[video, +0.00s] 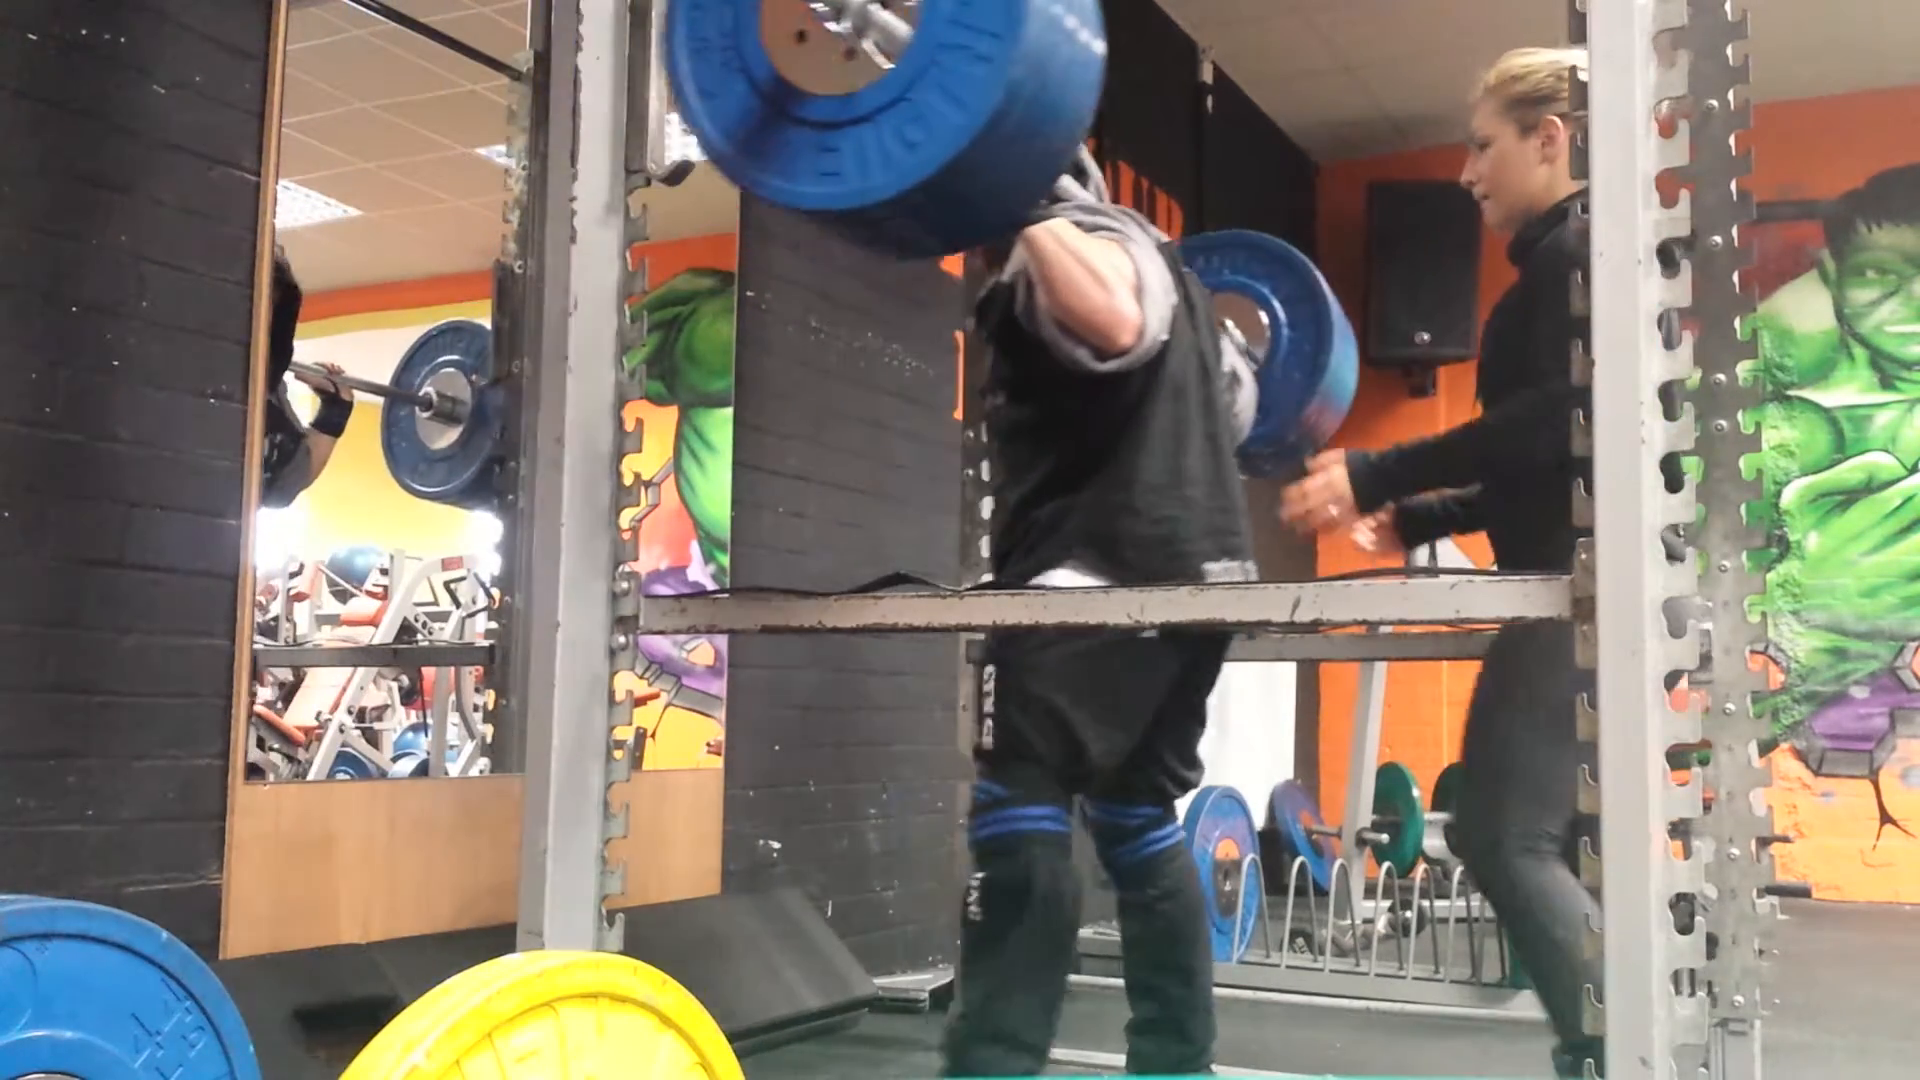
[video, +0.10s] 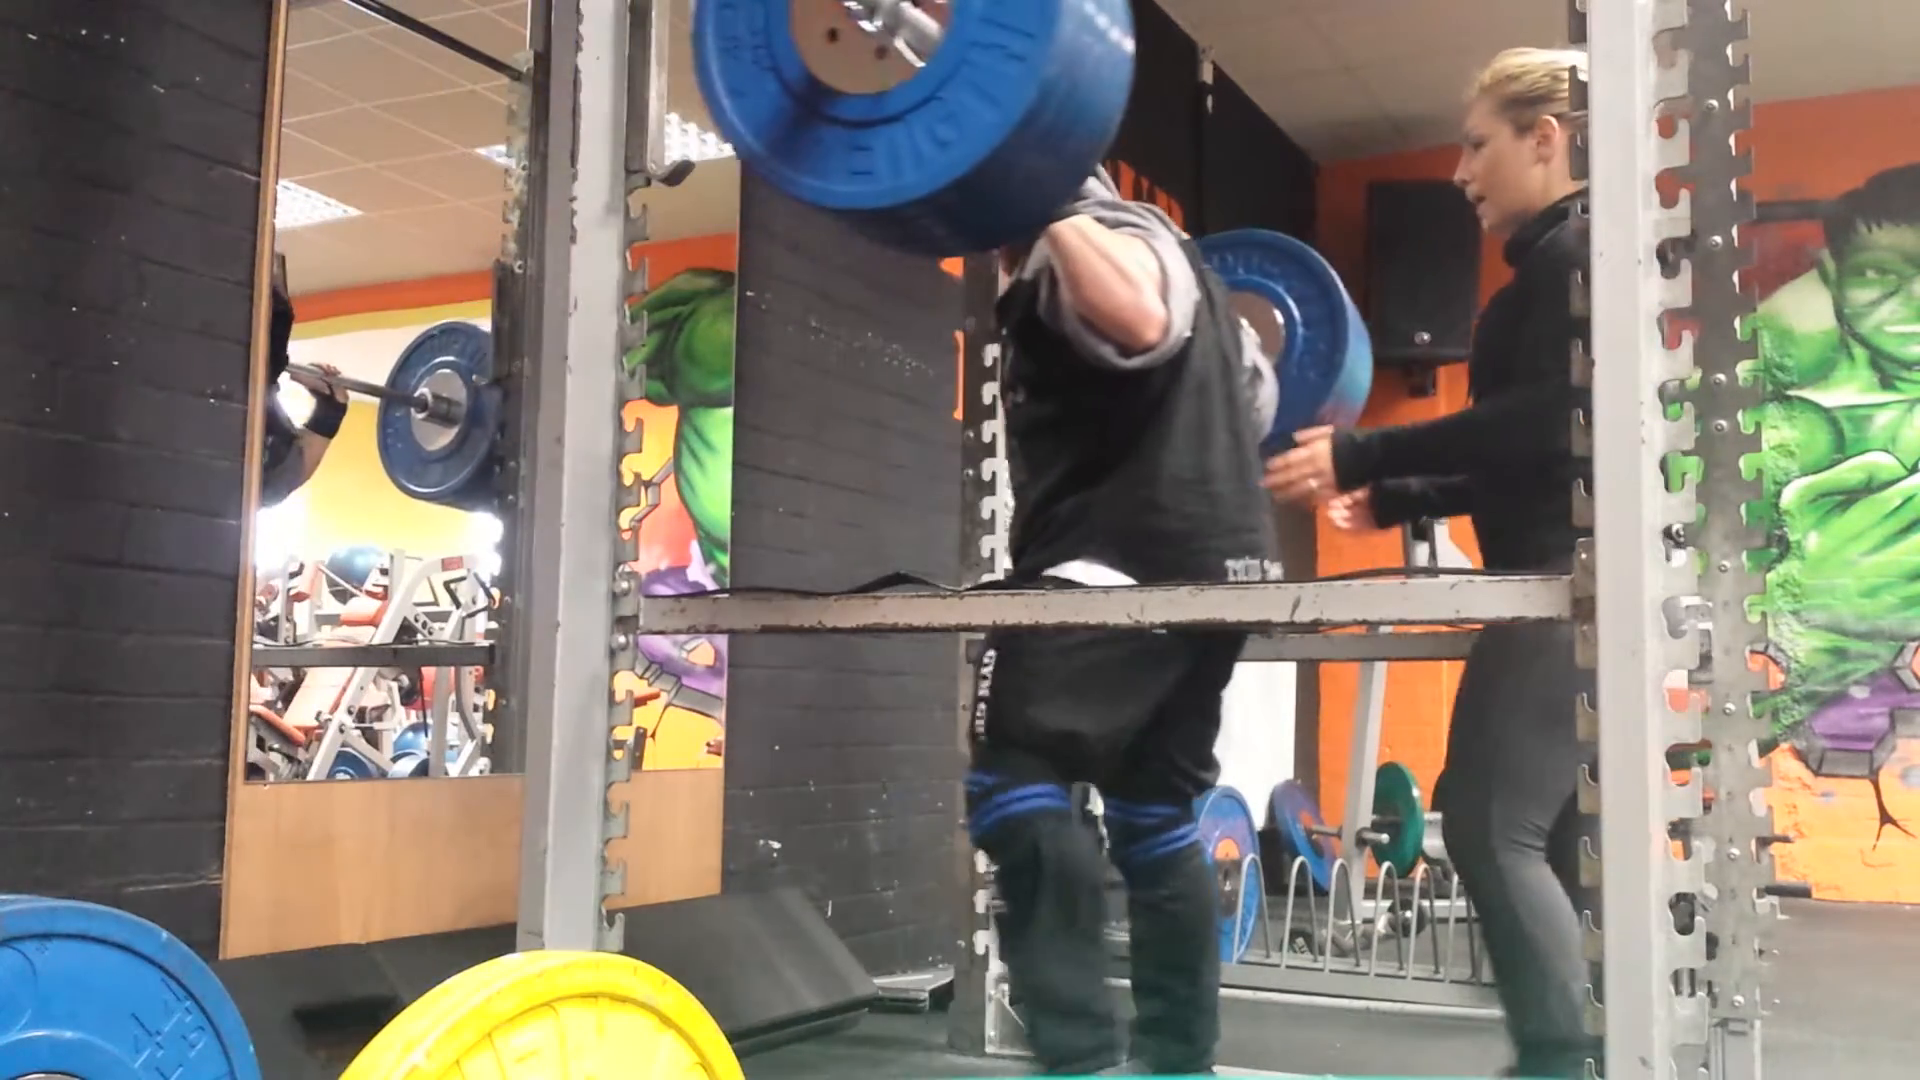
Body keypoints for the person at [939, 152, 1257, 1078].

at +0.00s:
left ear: (1008, 176)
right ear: (1081, 163)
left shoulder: (1080, 236)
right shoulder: (1154, 257)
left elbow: (1116, 317)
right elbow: (1235, 397)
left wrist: (1028, 222)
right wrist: (1233, 340)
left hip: (1090, 583)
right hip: (1194, 578)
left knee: (1020, 807)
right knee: (1141, 812)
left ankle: (994, 1058)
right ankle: (1175, 1061)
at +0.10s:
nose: (976, 228)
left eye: (980, 205)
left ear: (1010, 186)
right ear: (1090, 165)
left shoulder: (1088, 229)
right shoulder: (1165, 244)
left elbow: (1141, 316)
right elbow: (1255, 368)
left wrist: (1050, 224)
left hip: (1113, 560)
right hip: (1219, 559)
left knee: (1020, 777)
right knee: (1156, 801)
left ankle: (1075, 1055)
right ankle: (1179, 1061)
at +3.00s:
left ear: (1193, 160)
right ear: (1263, 147)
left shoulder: (1273, 215)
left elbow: (1309, 308)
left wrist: (1200, 202)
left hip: (1297, 584)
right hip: (1369, 584)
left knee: (1228, 810)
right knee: (1338, 823)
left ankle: (1256, 1062)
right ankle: (1355, 1064)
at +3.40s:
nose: (1095, 257)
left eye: (1089, 230)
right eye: (1078, 241)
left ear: (1136, 187)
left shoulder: (1247, 200)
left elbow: (1289, 285)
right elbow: (1409, 371)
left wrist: (1185, 174)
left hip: (1288, 582)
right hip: (1366, 582)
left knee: (1230, 829)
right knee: (1321, 828)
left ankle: (1251, 1065)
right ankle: (1356, 1063)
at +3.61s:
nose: (1105, 254)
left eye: (1099, 231)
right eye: (1089, 238)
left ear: (1136, 199)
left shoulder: (1257, 211)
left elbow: (1291, 295)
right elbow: (1409, 362)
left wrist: (1181, 175)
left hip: (1283, 587)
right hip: (1368, 589)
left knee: (1234, 826)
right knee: (1327, 827)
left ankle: (1255, 1064)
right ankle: (1357, 1063)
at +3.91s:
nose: (1101, 252)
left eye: (1101, 228)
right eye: (1087, 237)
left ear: (1149, 195)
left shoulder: (1261, 212)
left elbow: (1291, 301)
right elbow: (1406, 391)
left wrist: (1187, 183)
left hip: (1278, 586)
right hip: (1354, 586)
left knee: (1236, 824)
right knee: (1326, 823)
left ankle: (1253, 1061)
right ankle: (1353, 1060)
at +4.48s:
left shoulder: (1258, 212)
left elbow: (1287, 310)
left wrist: (1177, 190)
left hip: (1276, 583)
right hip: (1347, 584)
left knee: (1245, 824)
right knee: (1329, 821)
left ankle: (1261, 1061)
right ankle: (1355, 1060)